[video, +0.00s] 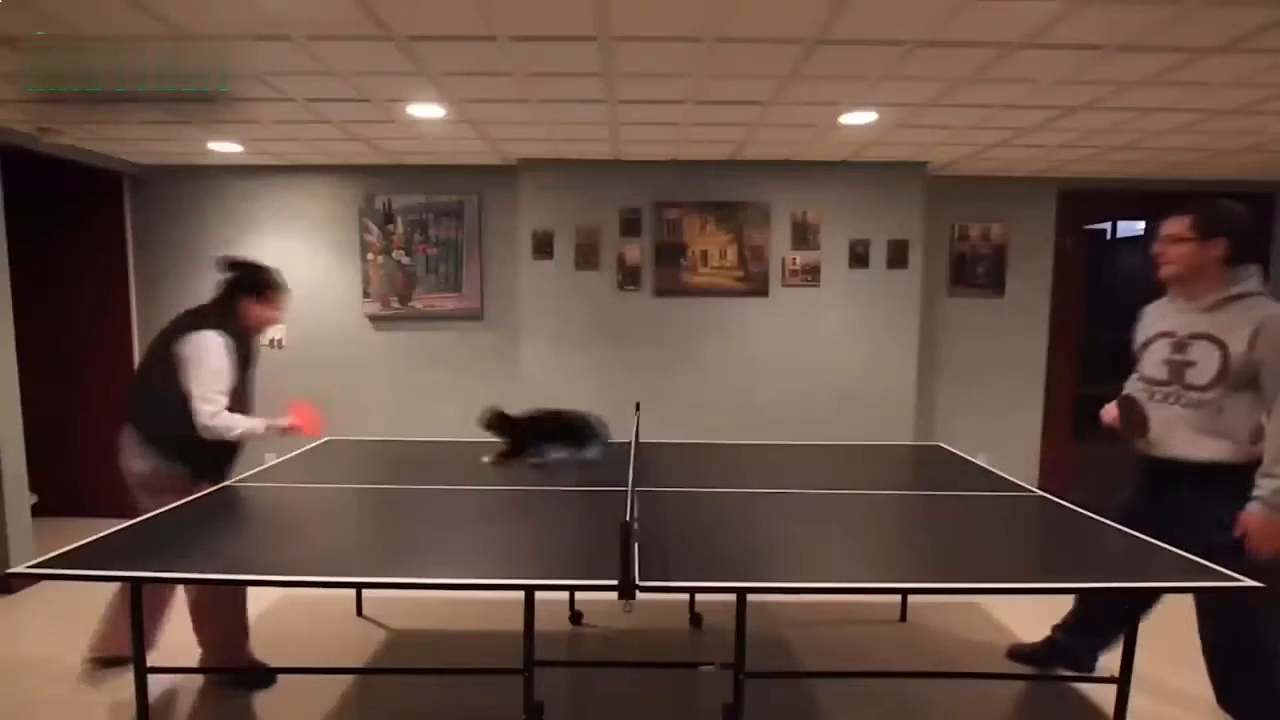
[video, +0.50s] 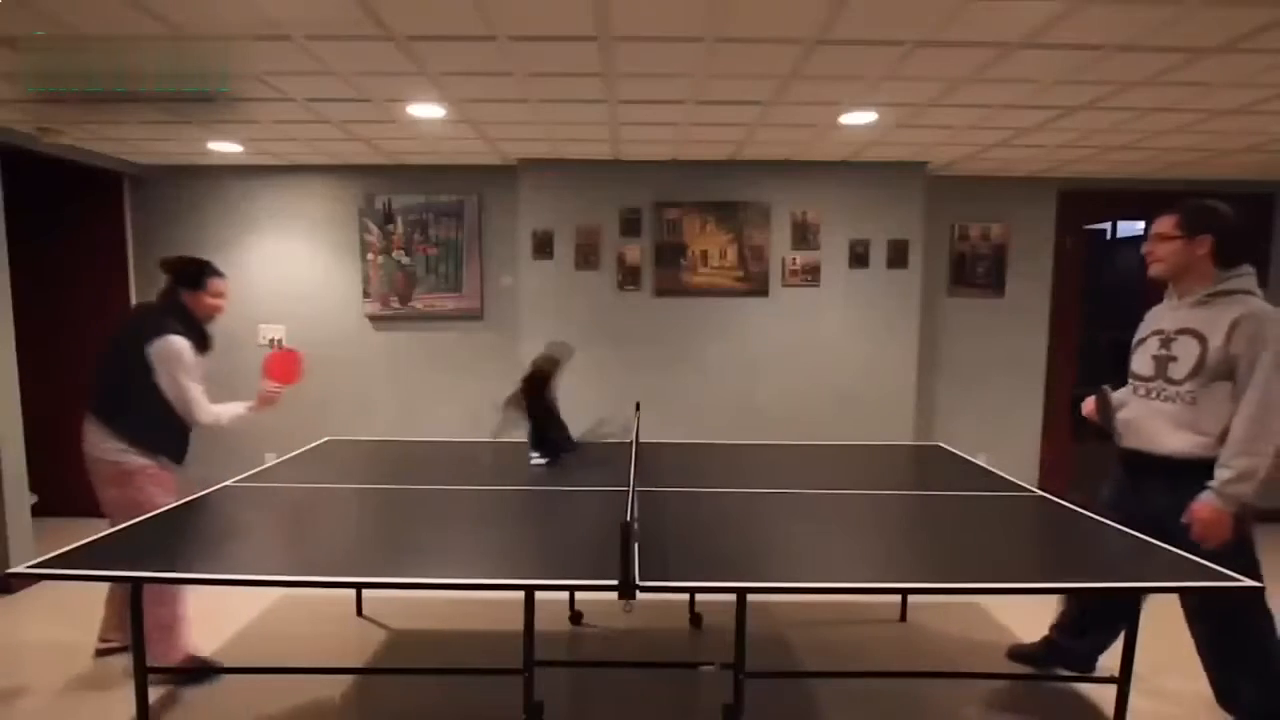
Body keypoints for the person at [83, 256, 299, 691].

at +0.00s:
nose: (276, 318)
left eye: (278, 308)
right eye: (272, 308)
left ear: (247, 302)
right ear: (248, 302)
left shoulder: (227, 332)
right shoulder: (207, 337)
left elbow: (217, 407)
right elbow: (209, 418)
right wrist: (276, 425)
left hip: (180, 453)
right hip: (157, 456)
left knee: (163, 550)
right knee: (215, 550)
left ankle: (113, 648)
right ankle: (227, 659)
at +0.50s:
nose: (221, 306)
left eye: (223, 297)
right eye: (216, 296)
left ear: (186, 294)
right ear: (189, 294)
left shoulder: (151, 320)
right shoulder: (170, 340)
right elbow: (201, 413)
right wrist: (252, 404)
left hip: (111, 449)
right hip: (131, 459)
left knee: (135, 547)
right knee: (165, 550)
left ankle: (116, 633)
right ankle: (168, 655)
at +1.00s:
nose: (166, 282)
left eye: (168, 274)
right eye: (157, 274)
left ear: (167, 277)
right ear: (128, 275)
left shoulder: (149, 319)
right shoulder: (110, 322)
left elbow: (155, 385)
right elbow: (113, 398)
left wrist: (190, 397)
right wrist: (185, 399)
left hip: (145, 445)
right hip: (121, 449)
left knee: (137, 538)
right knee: (158, 538)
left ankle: (114, 634)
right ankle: (157, 650)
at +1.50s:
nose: (167, 283)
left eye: (169, 273)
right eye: (158, 273)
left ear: (166, 276)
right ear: (128, 274)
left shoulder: (158, 325)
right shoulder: (97, 321)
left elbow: (165, 391)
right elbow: (47, 384)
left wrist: (175, 444)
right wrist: (126, 403)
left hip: (152, 460)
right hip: (108, 462)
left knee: (159, 550)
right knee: (136, 554)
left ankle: (142, 644)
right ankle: (115, 667)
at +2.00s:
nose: (247, 287)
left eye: (249, 278)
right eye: (238, 277)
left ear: (214, 283)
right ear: (201, 279)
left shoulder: (218, 325)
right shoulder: (170, 326)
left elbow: (259, 343)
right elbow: (221, 349)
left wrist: (320, 328)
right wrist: (303, 338)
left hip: (181, 471)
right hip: (144, 471)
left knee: (187, 588)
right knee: (170, 590)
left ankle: (193, 695)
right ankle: (175, 700)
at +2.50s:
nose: (161, 288)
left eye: (165, 279)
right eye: (151, 278)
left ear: (165, 283)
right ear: (123, 279)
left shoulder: (150, 334)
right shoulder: (93, 330)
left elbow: (160, 401)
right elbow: (40, 400)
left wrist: (175, 420)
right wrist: (115, 427)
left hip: (147, 466)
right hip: (103, 470)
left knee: (127, 560)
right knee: (143, 560)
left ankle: (91, 655)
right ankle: (159, 677)